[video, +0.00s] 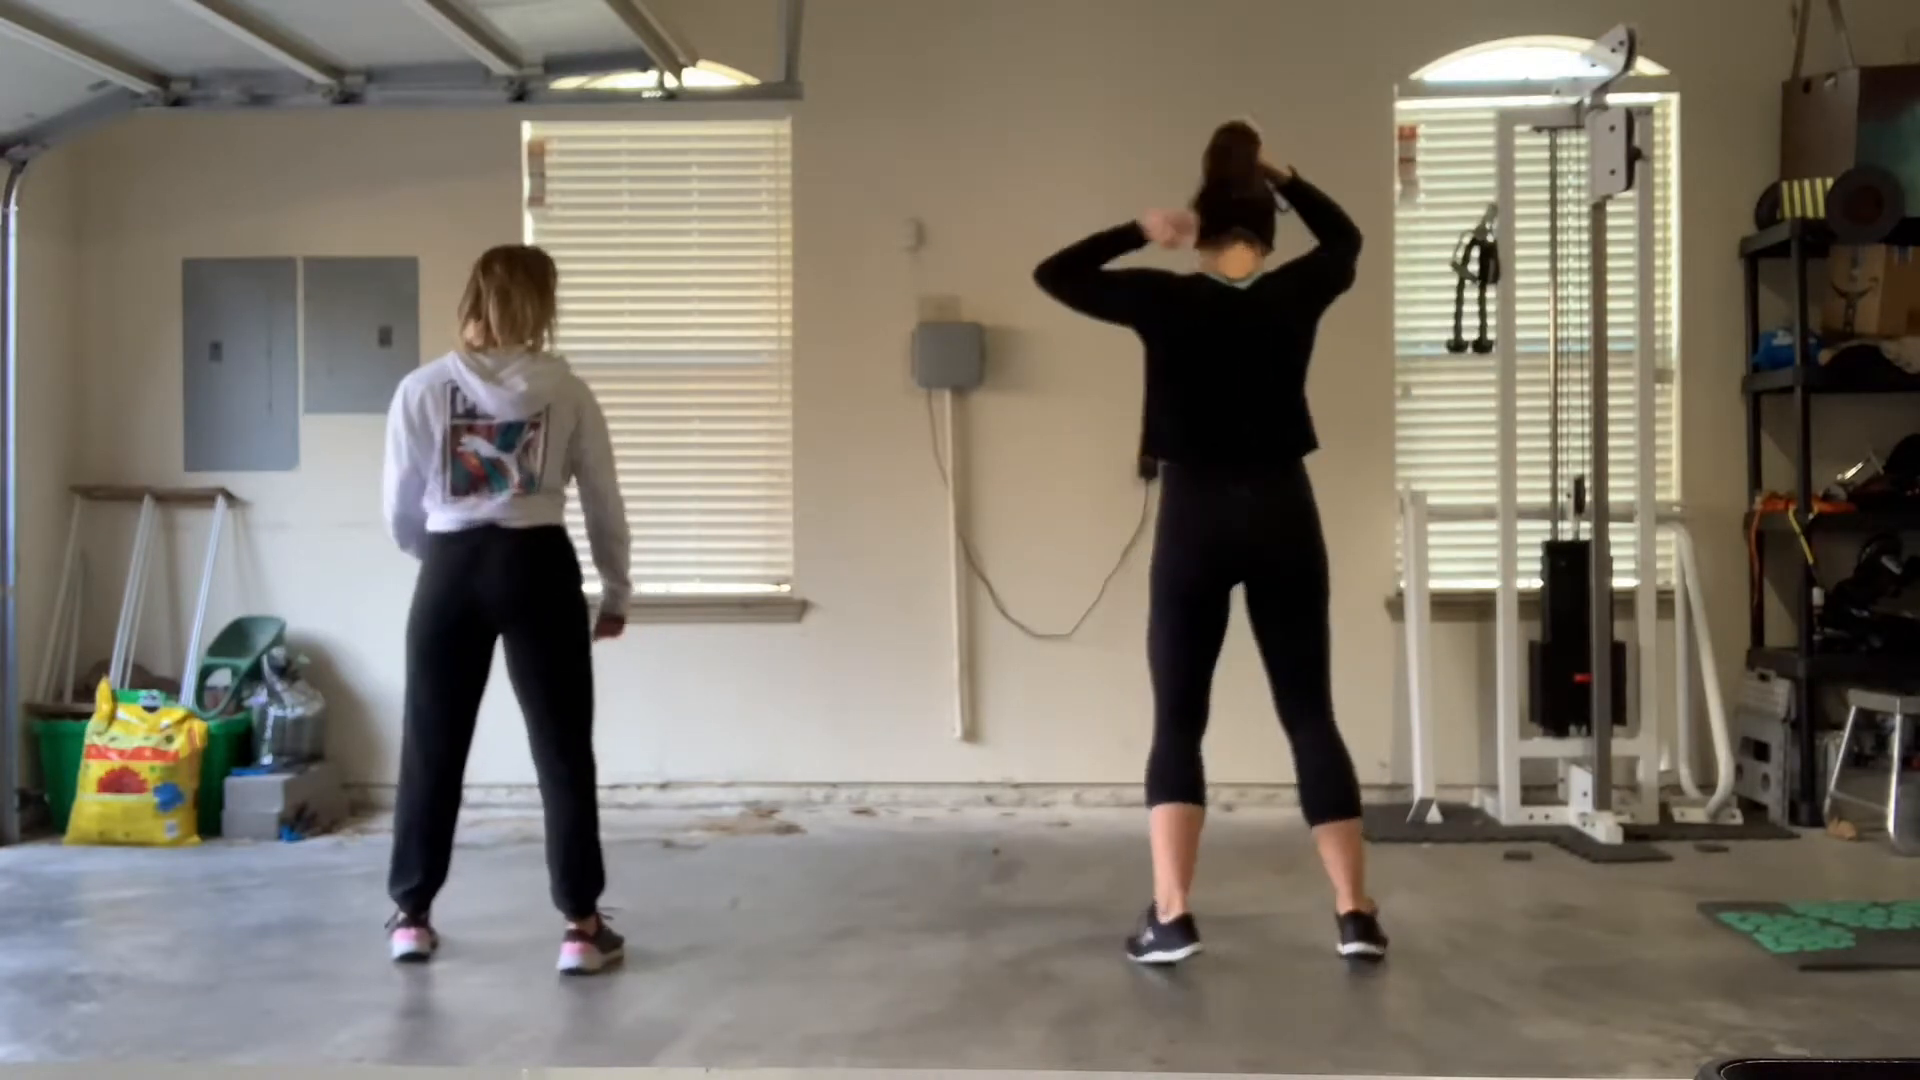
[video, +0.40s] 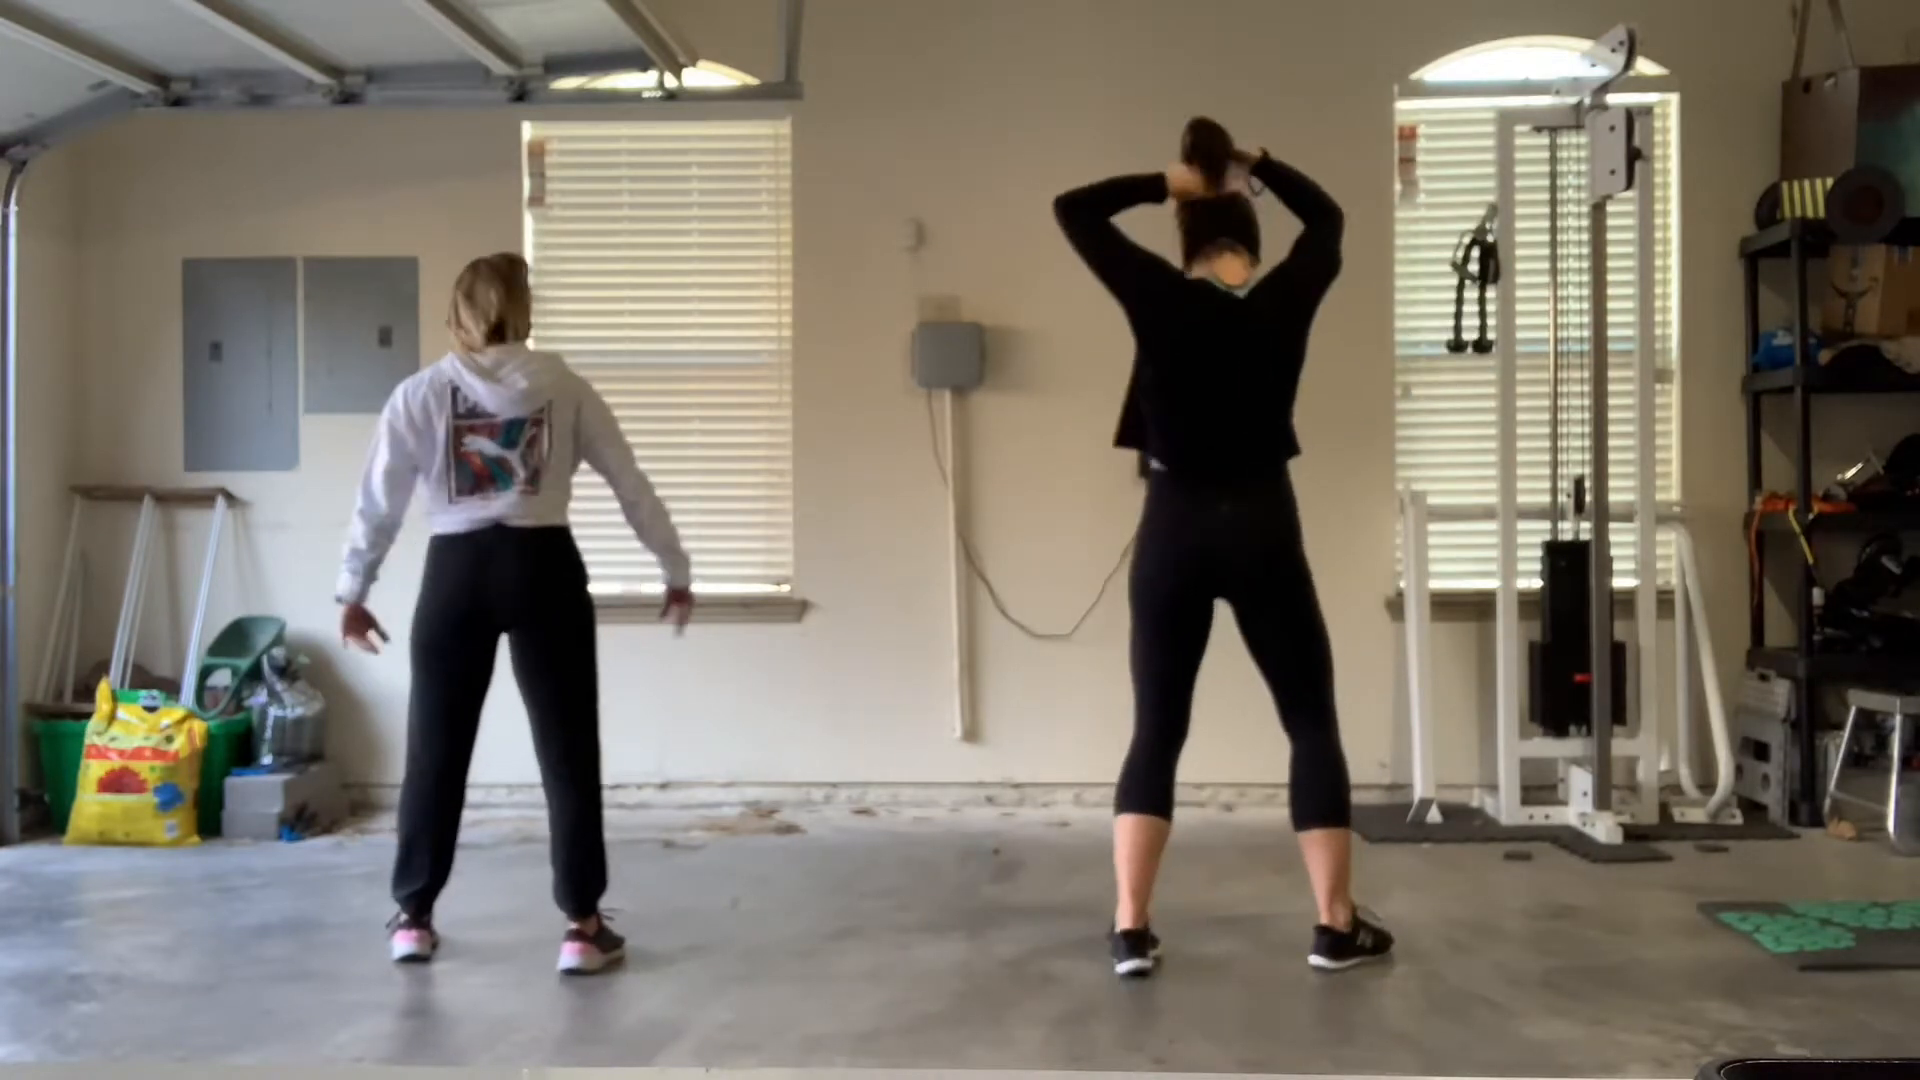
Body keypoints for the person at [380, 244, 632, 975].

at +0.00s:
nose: (551, 312)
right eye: (548, 300)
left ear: (472, 301)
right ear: (542, 305)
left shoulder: (421, 390)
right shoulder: (567, 389)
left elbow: (403, 516)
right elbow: (603, 503)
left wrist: (446, 556)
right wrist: (616, 589)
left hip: (451, 574)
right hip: (542, 572)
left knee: (431, 750)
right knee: (564, 753)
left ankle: (411, 918)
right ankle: (581, 927)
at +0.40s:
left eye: (465, 310)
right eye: (524, 308)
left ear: (459, 315)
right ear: (526, 314)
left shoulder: (422, 393)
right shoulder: (564, 386)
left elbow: (380, 500)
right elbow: (630, 482)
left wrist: (353, 589)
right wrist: (675, 569)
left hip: (454, 579)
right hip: (547, 576)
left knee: (434, 753)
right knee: (569, 754)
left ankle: (413, 919)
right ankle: (582, 926)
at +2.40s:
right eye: (547, 375)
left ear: (481, 369)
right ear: (542, 372)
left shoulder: (428, 409)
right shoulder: (568, 403)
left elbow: (347, 481)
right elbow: (604, 481)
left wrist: (267, 544)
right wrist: (616, 571)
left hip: (490, 576)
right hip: (579, 568)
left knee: (459, 750)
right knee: (590, 758)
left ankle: (414, 918)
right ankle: (585, 927)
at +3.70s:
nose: (589, 396)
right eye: (585, 386)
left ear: (517, 376)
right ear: (576, 382)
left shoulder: (454, 414)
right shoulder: (586, 409)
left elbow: (403, 512)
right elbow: (648, 491)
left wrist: (348, 596)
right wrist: (728, 564)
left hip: (457, 571)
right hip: (546, 568)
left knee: (442, 756)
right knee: (565, 755)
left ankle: (412, 921)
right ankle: (580, 926)